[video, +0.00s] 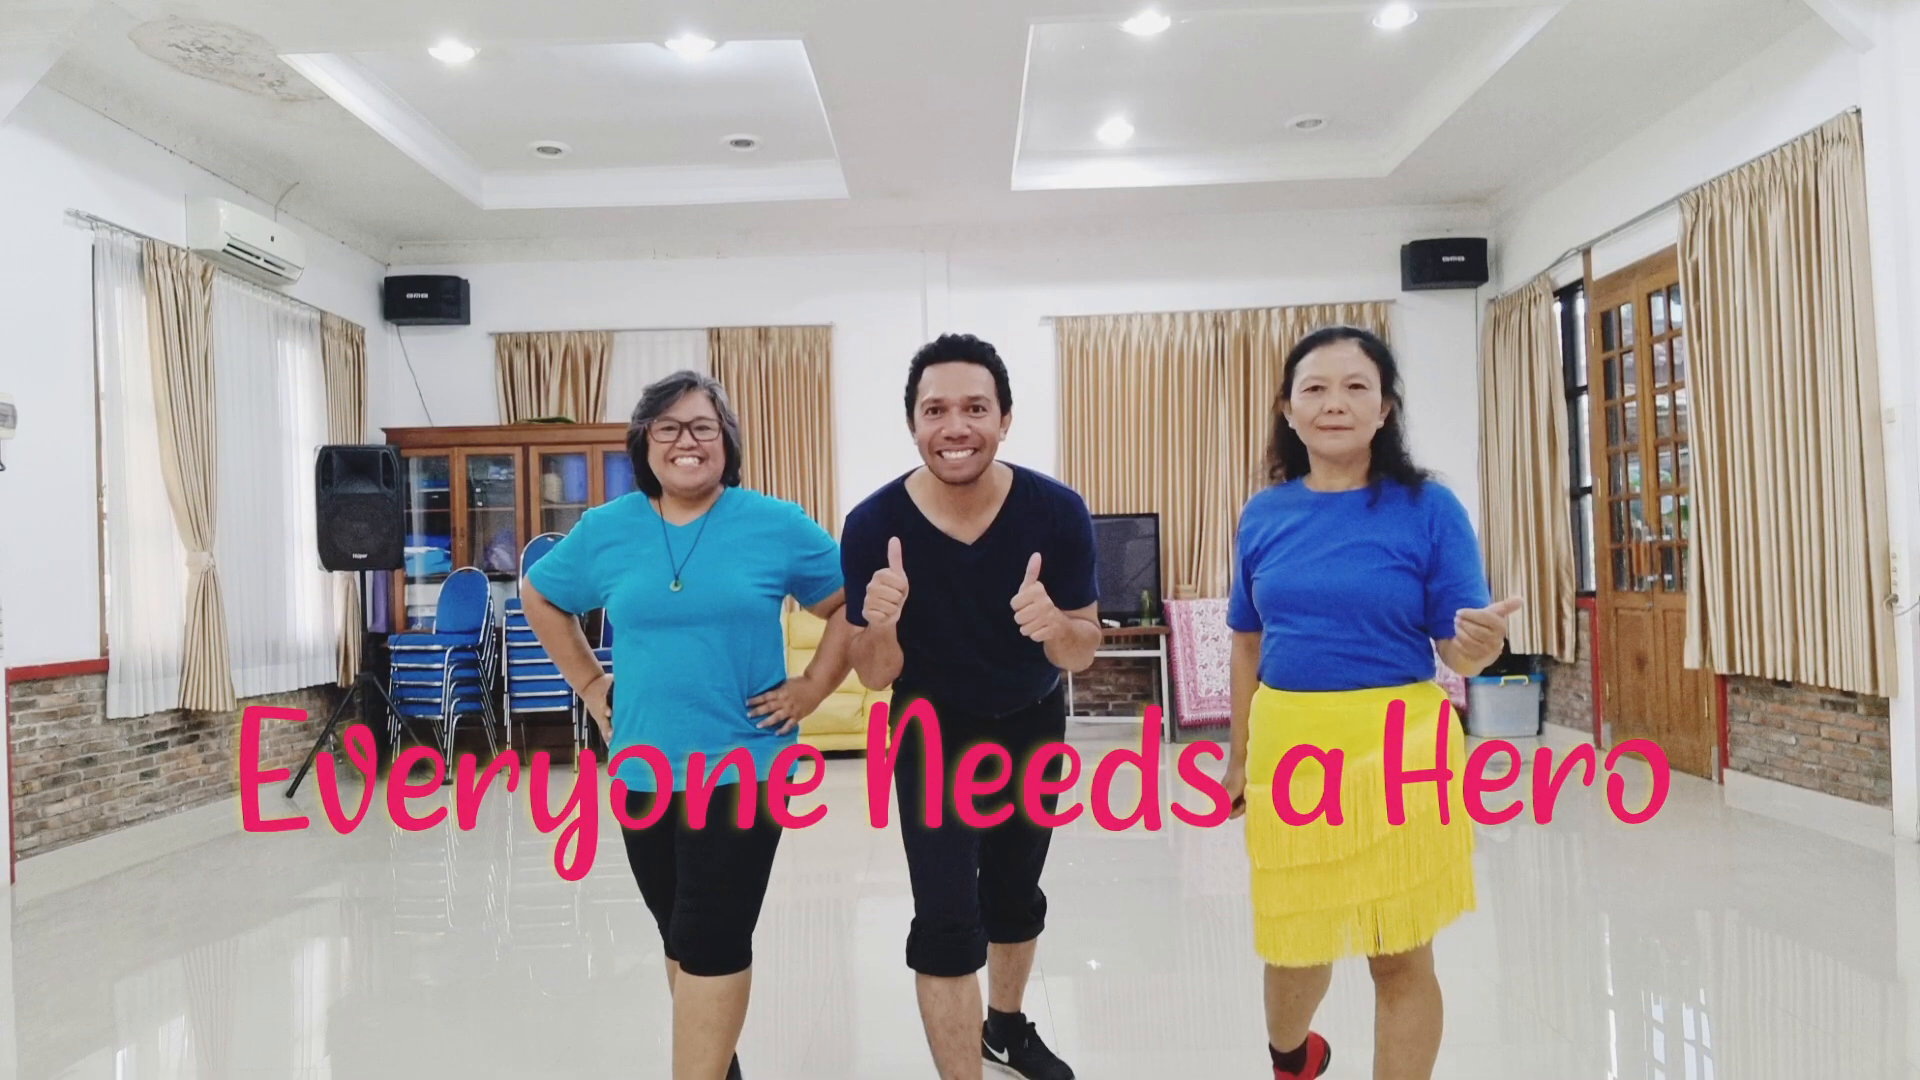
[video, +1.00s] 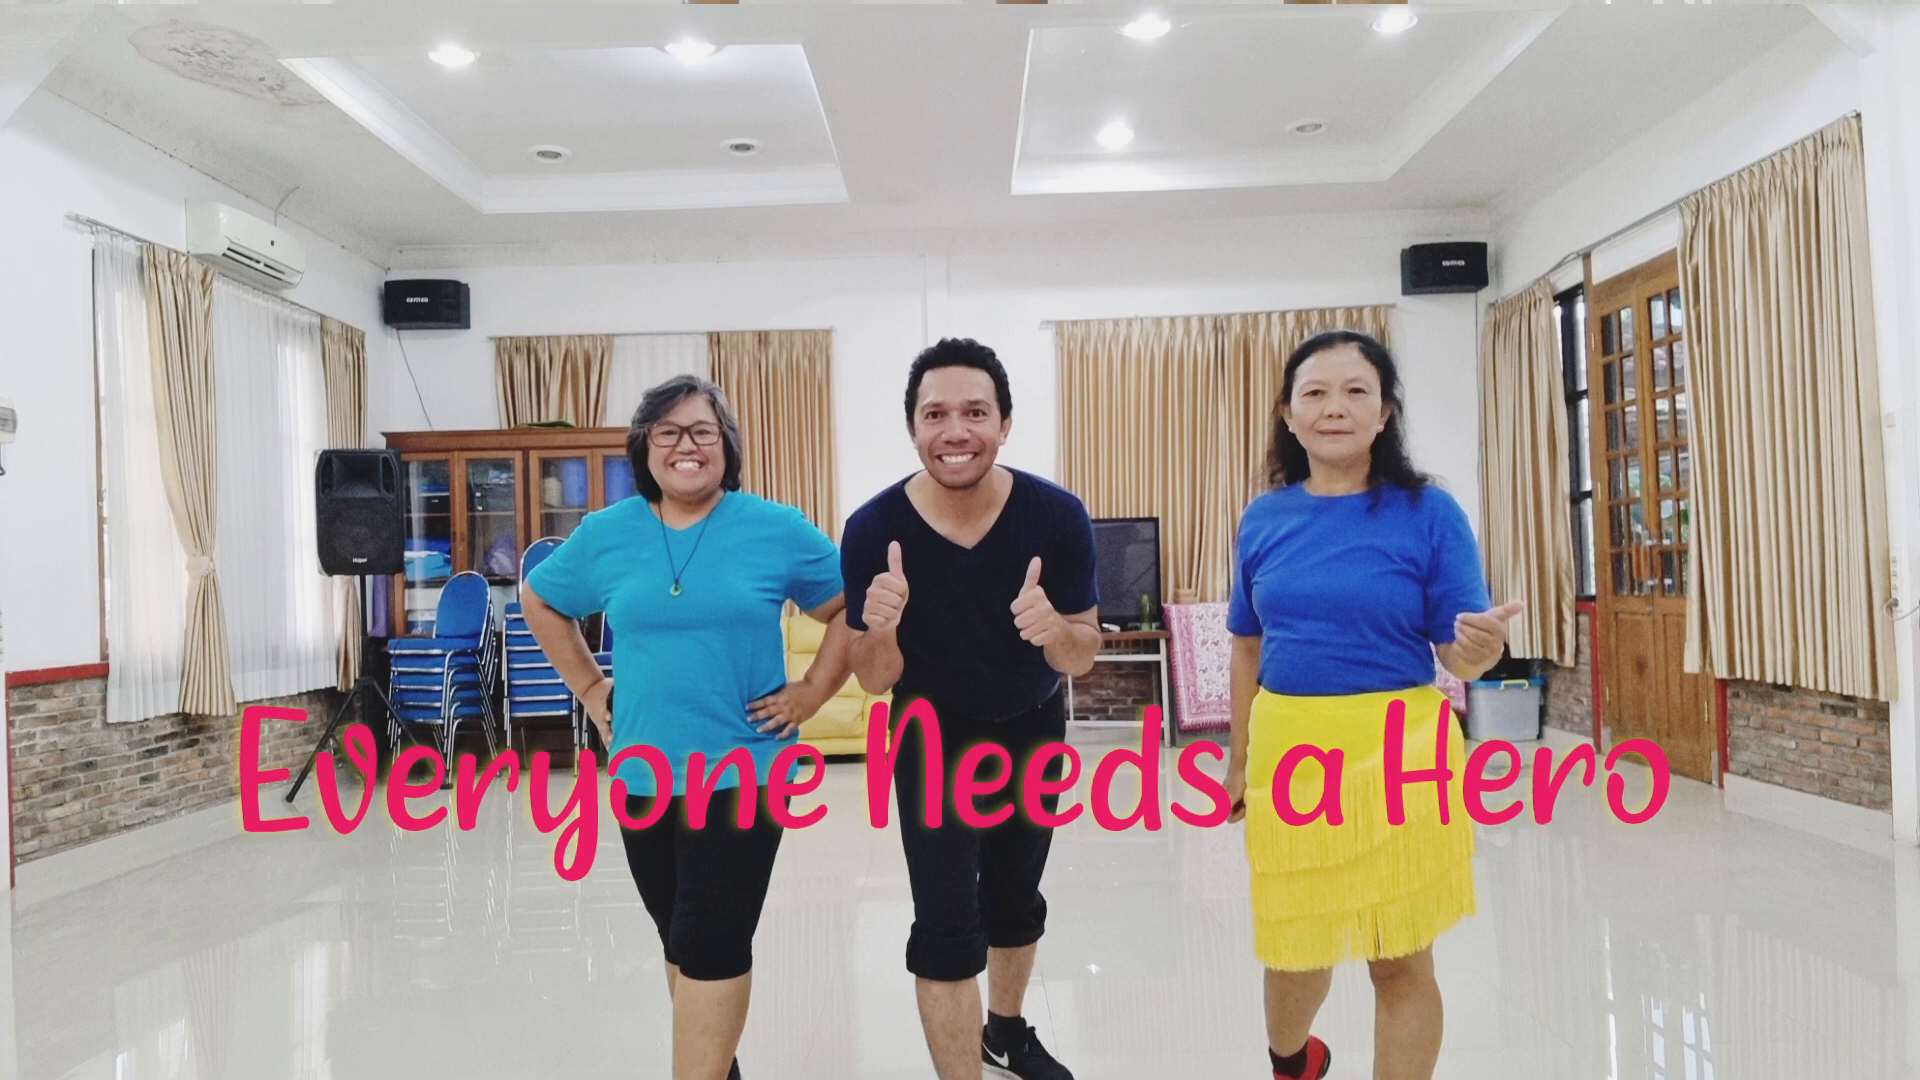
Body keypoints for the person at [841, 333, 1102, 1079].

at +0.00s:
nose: (956, 426)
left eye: (975, 408)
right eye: (936, 410)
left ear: (1004, 420)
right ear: (913, 424)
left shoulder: (1059, 514)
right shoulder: (872, 526)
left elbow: (1080, 654)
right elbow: (875, 673)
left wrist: (1053, 626)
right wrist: (879, 626)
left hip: (1030, 722)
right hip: (929, 726)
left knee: (1016, 894)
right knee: (948, 919)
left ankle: (1005, 1026)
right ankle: (959, 1076)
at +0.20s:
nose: (956, 426)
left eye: (975, 408)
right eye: (936, 410)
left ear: (1004, 420)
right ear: (913, 424)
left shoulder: (1059, 514)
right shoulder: (872, 526)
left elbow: (1080, 654)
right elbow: (875, 673)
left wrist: (1053, 626)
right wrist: (879, 627)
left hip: (1030, 722)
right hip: (929, 726)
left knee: (1016, 894)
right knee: (948, 919)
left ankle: (1005, 1026)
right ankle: (959, 1076)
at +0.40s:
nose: (955, 426)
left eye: (975, 408)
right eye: (936, 409)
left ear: (1004, 421)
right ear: (913, 424)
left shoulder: (1059, 514)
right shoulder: (873, 526)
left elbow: (1080, 654)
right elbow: (875, 673)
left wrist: (1054, 626)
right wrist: (879, 627)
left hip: (1030, 722)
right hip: (930, 726)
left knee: (1016, 894)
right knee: (948, 920)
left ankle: (1005, 1026)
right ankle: (959, 1075)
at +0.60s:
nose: (955, 426)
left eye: (975, 408)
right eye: (936, 409)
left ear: (1004, 421)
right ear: (913, 424)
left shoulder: (1059, 514)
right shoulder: (873, 526)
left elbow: (1080, 654)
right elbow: (875, 673)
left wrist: (1054, 626)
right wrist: (879, 627)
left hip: (1030, 722)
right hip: (930, 726)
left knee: (1016, 894)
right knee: (948, 920)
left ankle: (1005, 1026)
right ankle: (959, 1075)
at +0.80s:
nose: (955, 426)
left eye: (975, 408)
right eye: (936, 409)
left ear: (1004, 421)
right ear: (913, 424)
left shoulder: (1059, 514)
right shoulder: (873, 526)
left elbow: (1080, 654)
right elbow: (875, 673)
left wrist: (1054, 626)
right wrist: (879, 627)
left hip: (1030, 722)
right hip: (930, 726)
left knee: (1016, 894)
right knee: (948, 920)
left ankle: (1005, 1026)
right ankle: (959, 1075)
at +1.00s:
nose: (955, 430)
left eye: (974, 412)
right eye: (936, 414)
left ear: (1004, 425)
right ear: (913, 428)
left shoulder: (1059, 518)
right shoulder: (872, 531)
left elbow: (1081, 657)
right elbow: (875, 677)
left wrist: (1055, 630)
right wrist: (879, 631)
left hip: (1030, 728)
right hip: (929, 732)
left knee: (1015, 901)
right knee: (949, 928)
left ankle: (1006, 1031)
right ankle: (959, 1077)